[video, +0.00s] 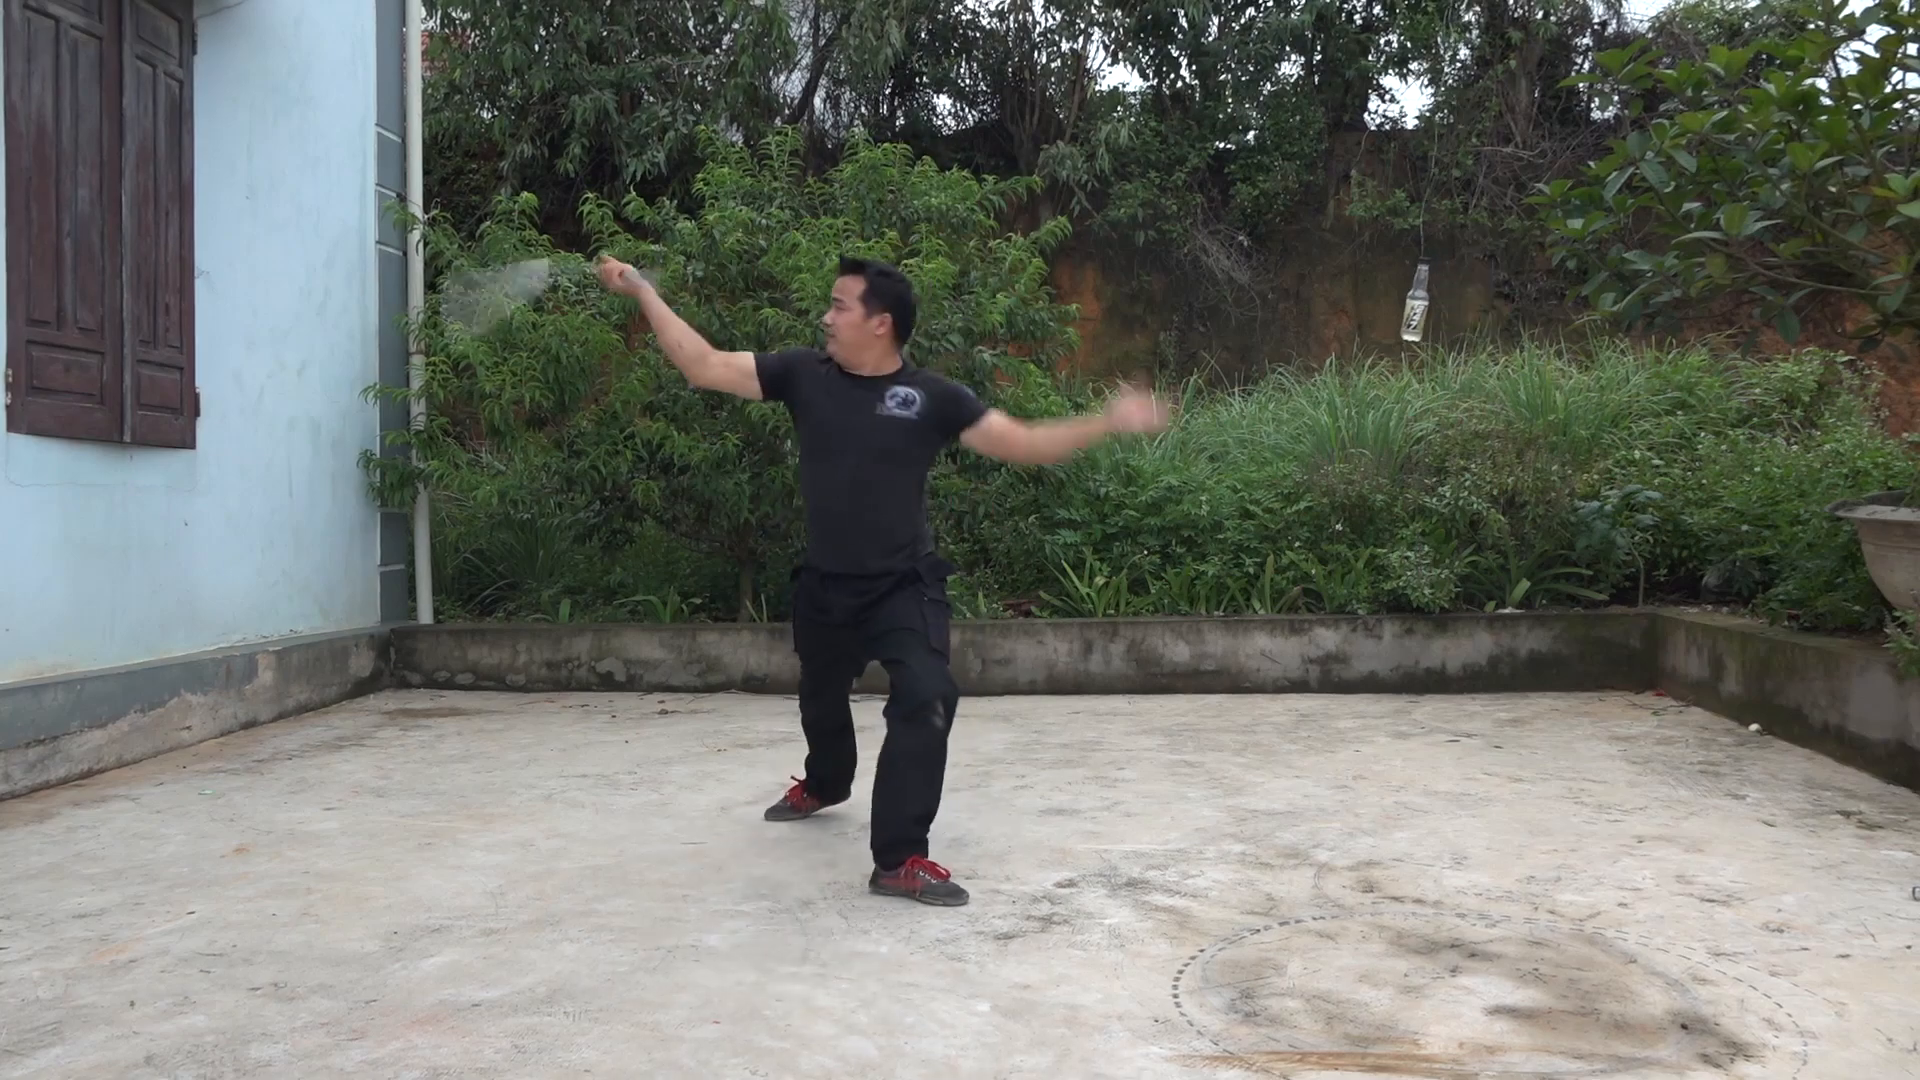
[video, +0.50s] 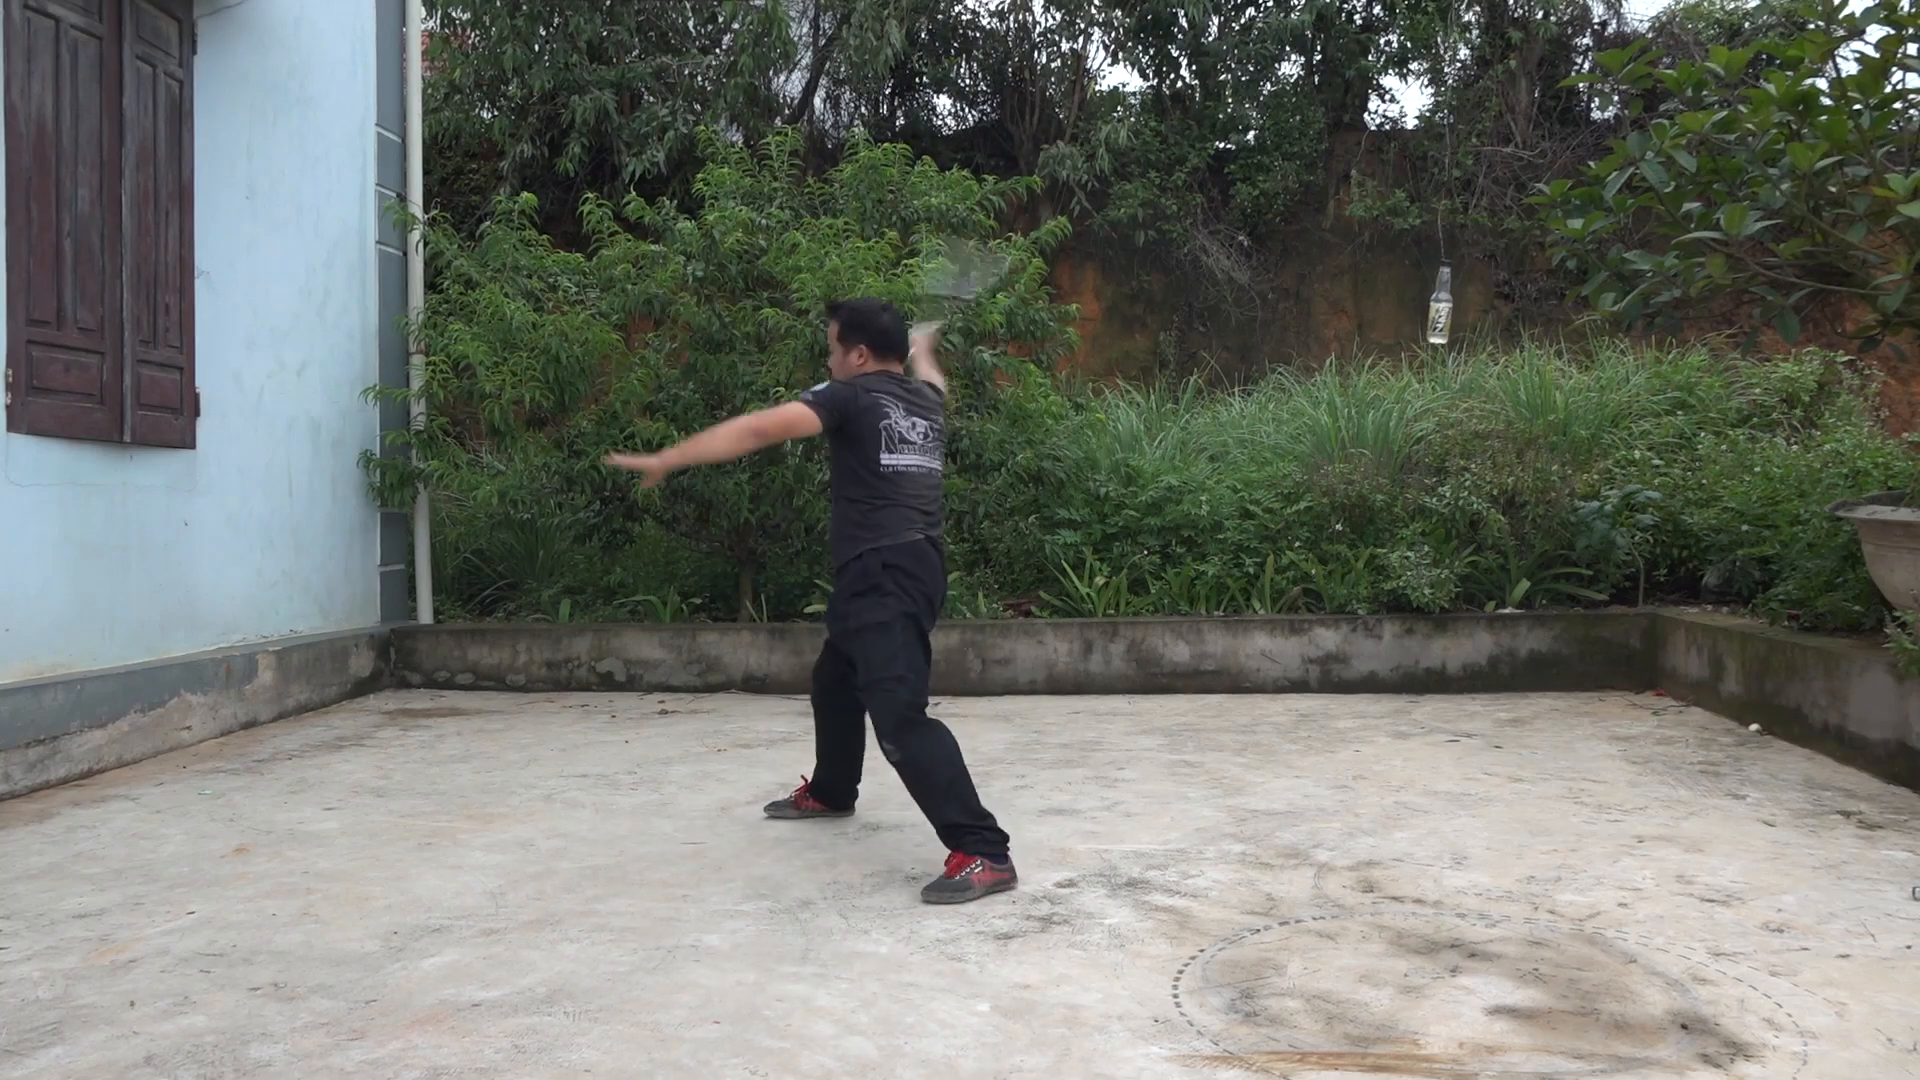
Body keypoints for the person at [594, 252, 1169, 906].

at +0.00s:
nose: (828, 316)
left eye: (841, 307)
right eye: (831, 304)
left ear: (883, 324)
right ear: (864, 321)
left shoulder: (931, 398)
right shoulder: (805, 375)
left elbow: (1023, 441)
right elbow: (705, 365)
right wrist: (644, 295)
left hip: (904, 587)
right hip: (825, 586)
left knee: (926, 699)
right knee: (820, 691)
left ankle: (899, 860)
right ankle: (826, 782)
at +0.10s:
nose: (813, 313)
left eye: (820, 303)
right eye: (815, 303)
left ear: (853, 314)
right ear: (849, 314)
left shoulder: (915, 371)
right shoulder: (814, 371)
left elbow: (1003, 352)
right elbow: (738, 380)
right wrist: (668, 335)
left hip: (901, 571)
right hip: (830, 571)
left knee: (910, 696)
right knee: (821, 690)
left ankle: (945, 848)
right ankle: (824, 784)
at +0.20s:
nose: (820, 333)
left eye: (831, 322)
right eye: (816, 321)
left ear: (867, 326)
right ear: (818, 330)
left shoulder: (895, 386)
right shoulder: (839, 388)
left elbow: (870, 319)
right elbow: (813, 404)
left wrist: (788, 273)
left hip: (905, 569)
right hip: (849, 573)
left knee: (905, 703)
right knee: (816, 688)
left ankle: (983, 849)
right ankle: (829, 788)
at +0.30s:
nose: (814, 357)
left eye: (817, 347)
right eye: (818, 346)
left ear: (832, 354)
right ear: (872, 355)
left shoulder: (878, 407)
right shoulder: (875, 404)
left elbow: (791, 414)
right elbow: (793, 410)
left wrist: (723, 403)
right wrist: (733, 404)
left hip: (904, 587)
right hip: (865, 591)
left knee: (901, 720)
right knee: (812, 692)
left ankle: (985, 855)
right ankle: (831, 792)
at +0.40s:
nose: (826, 364)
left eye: (828, 354)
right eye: (828, 353)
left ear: (843, 357)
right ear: (887, 357)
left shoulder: (851, 412)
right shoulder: (914, 406)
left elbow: (760, 464)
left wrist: (702, 481)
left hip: (890, 586)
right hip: (886, 585)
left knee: (902, 719)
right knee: (816, 685)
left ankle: (985, 855)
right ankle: (830, 792)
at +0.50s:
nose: (831, 358)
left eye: (836, 348)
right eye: (832, 347)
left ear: (860, 350)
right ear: (893, 353)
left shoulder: (851, 395)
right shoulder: (925, 398)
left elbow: (760, 428)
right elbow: (932, 382)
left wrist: (667, 458)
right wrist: (922, 348)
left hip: (882, 572)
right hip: (912, 569)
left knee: (900, 719)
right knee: (835, 681)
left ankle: (984, 853)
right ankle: (832, 793)